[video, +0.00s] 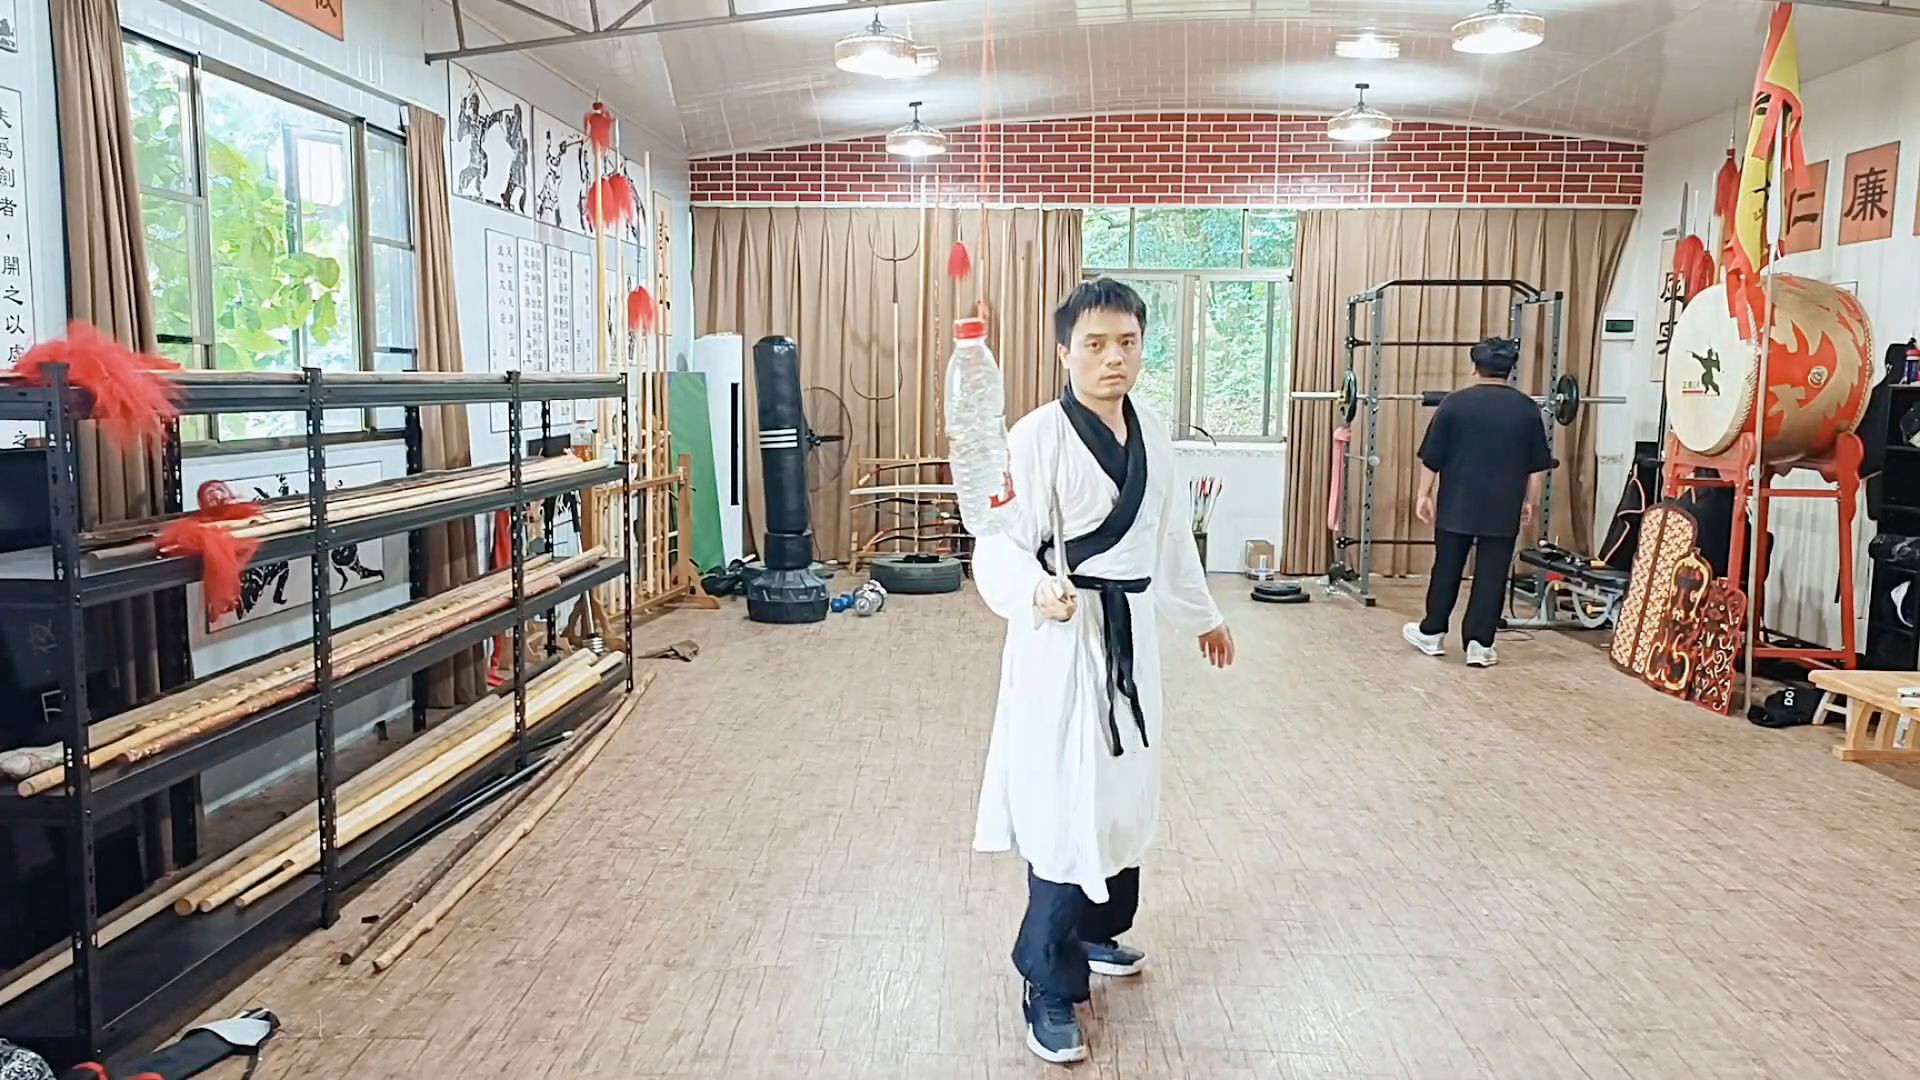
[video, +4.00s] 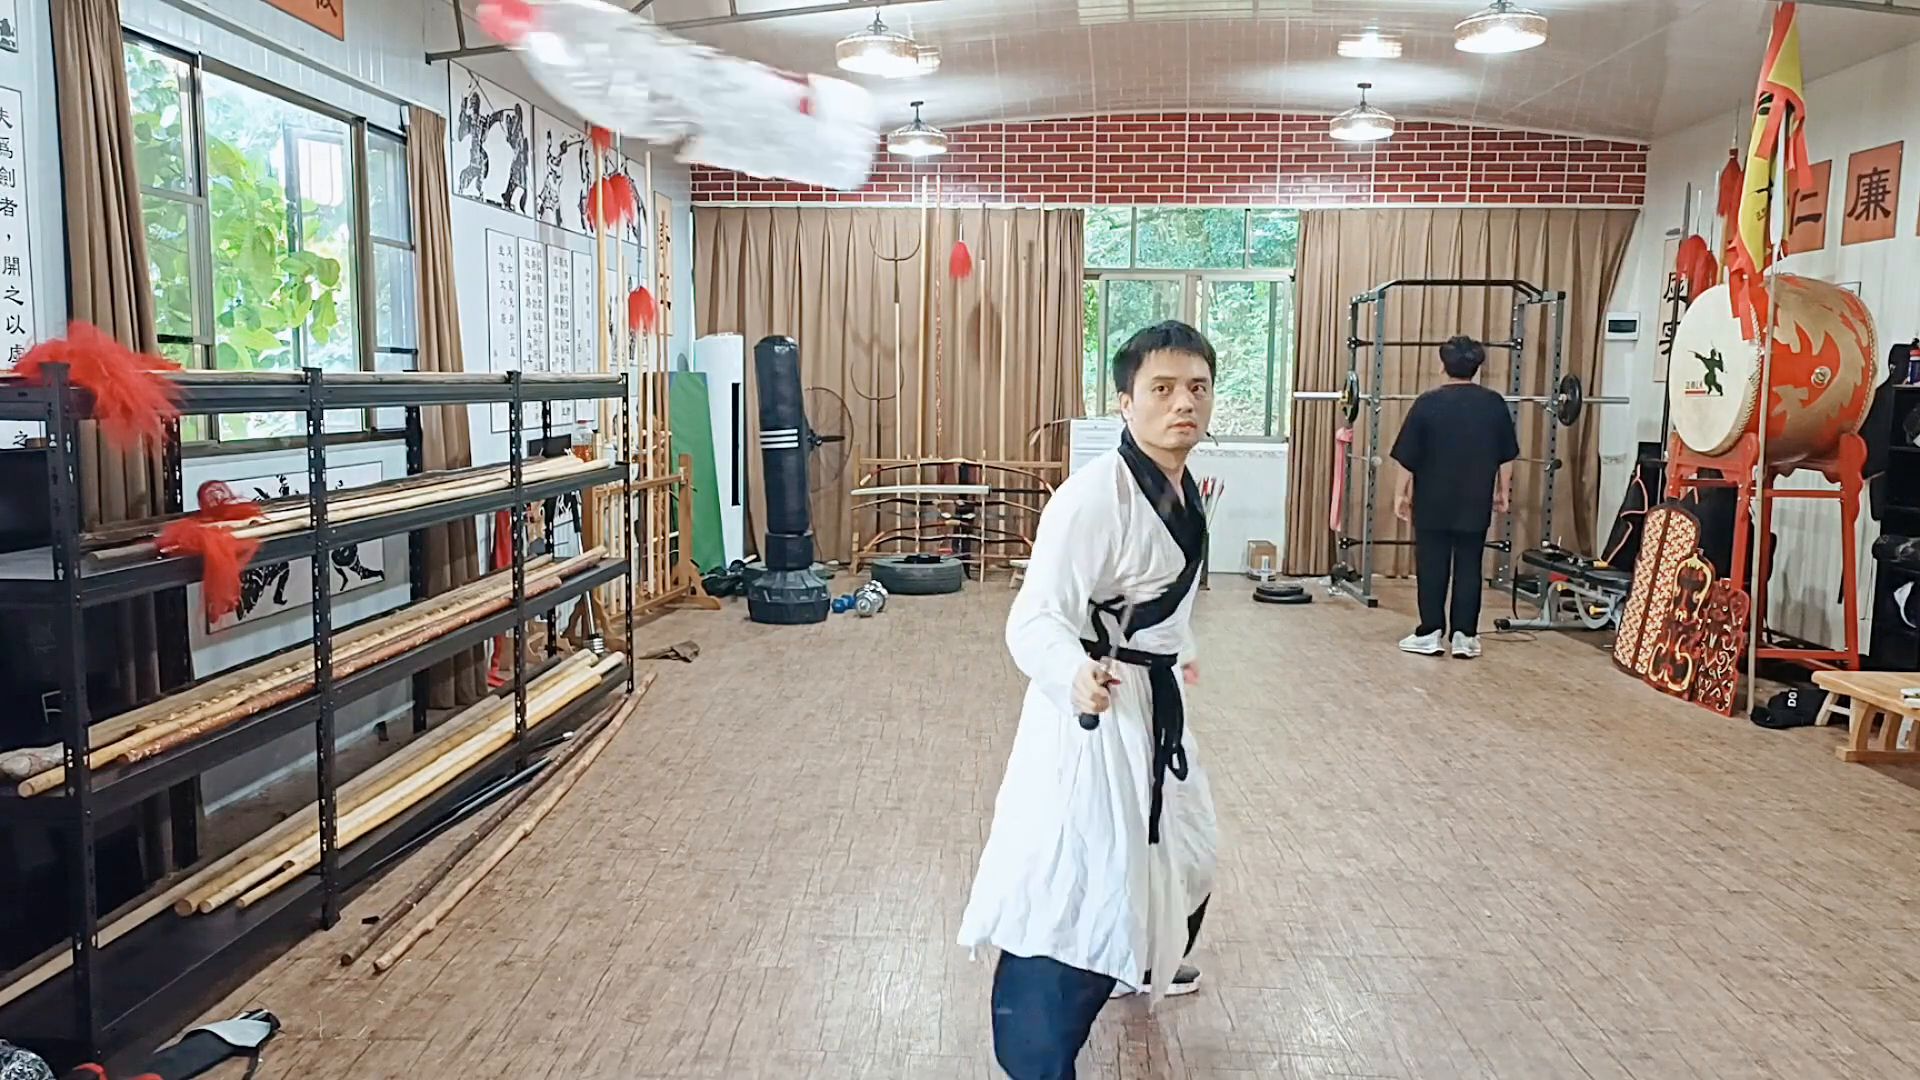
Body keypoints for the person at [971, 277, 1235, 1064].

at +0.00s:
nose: (1114, 357)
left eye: (1126, 342)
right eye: (1096, 343)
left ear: (1142, 348)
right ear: (1064, 351)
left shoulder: (1152, 427)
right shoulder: (1037, 436)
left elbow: (1174, 534)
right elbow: (997, 544)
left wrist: (1204, 614)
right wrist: (1035, 591)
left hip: (1135, 629)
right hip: (1063, 636)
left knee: (1125, 786)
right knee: (1063, 805)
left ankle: (1093, 929)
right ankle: (1047, 985)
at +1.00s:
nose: (1110, 386)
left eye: (1124, 370)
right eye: (1091, 370)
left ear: (1140, 380)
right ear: (1058, 379)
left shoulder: (1135, 457)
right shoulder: (1022, 474)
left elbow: (1156, 549)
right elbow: (994, 591)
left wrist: (1229, 591)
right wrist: (1037, 626)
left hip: (1108, 666)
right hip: (1037, 673)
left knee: (1097, 817)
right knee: (1034, 844)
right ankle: (1028, 1049)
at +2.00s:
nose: (1118, 395)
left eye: (1134, 376)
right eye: (1096, 377)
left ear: (1150, 388)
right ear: (1058, 389)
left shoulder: (1134, 467)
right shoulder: (1033, 473)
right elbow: (1029, 539)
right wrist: (1059, 542)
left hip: (1106, 686)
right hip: (1035, 696)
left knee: (1087, 863)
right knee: (1041, 878)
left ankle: (1033, 1041)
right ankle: (1015, 1050)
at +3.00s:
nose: (1100, 372)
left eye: (1109, 358)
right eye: (1081, 361)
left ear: (1122, 368)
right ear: (1050, 374)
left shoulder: (1110, 451)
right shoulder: (1027, 462)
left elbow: (1115, 552)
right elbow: (1004, 573)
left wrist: (1166, 604)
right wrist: (1058, 617)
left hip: (1100, 657)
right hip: (1046, 669)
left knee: (1093, 783)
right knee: (1059, 815)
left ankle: (1077, 881)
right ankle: (1034, 979)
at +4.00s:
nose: (1185, 404)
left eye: (1198, 388)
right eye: (1164, 388)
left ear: (1213, 399)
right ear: (1126, 401)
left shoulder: (1183, 489)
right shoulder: (1091, 496)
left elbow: (1162, 587)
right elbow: (1034, 619)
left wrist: (1181, 650)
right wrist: (1075, 671)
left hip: (1155, 707)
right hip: (1087, 721)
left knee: (1180, 858)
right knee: (1072, 896)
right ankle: (1038, 1057)